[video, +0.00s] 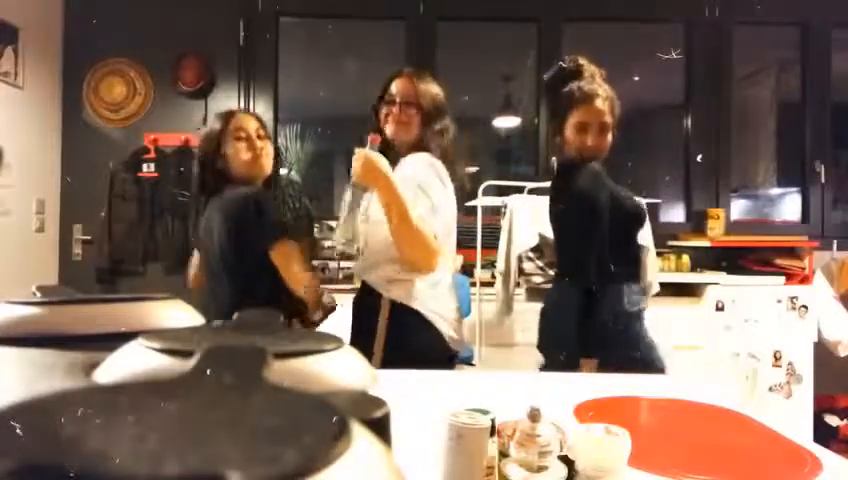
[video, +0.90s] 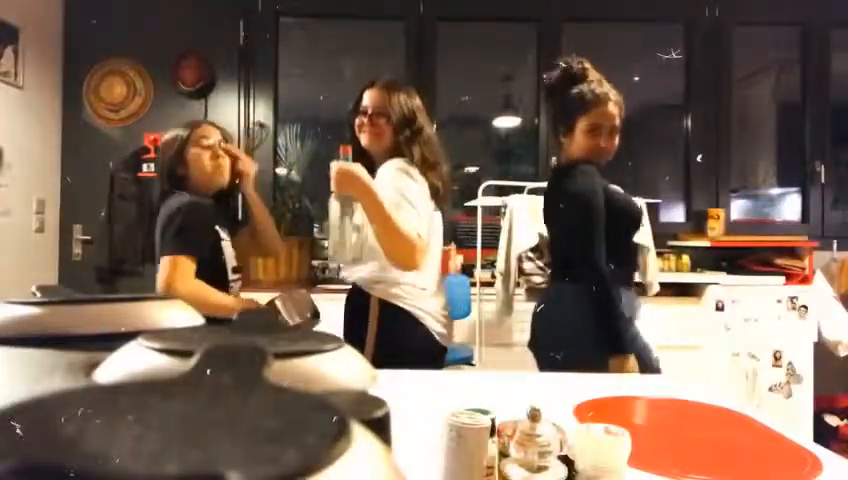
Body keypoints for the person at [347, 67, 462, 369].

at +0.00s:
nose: (395, 112)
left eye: (408, 105)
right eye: (389, 102)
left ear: (430, 117)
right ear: (379, 110)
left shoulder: (420, 168)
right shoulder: (402, 168)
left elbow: (423, 257)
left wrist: (383, 182)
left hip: (403, 313)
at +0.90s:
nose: (365, 121)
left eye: (378, 115)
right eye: (361, 113)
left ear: (404, 124)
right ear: (355, 117)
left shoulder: (395, 173)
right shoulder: (410, 175)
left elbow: (409, 256)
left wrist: (363, 191)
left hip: (389, 316)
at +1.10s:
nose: (370, 116)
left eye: (383, 110)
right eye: (366, 107)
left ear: (407, 120)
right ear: (359, 113)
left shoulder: (400, 169)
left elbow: (417, 256)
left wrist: (365, 193)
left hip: (391, 310)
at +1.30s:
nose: (374, 117)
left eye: (388, 111)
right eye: (370, 107)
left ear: (412, 122)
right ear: (363, 112)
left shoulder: (405, 166)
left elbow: (422, 251)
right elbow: (387, 256)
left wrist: (380, 185)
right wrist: (356, 308)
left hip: (394, 307)